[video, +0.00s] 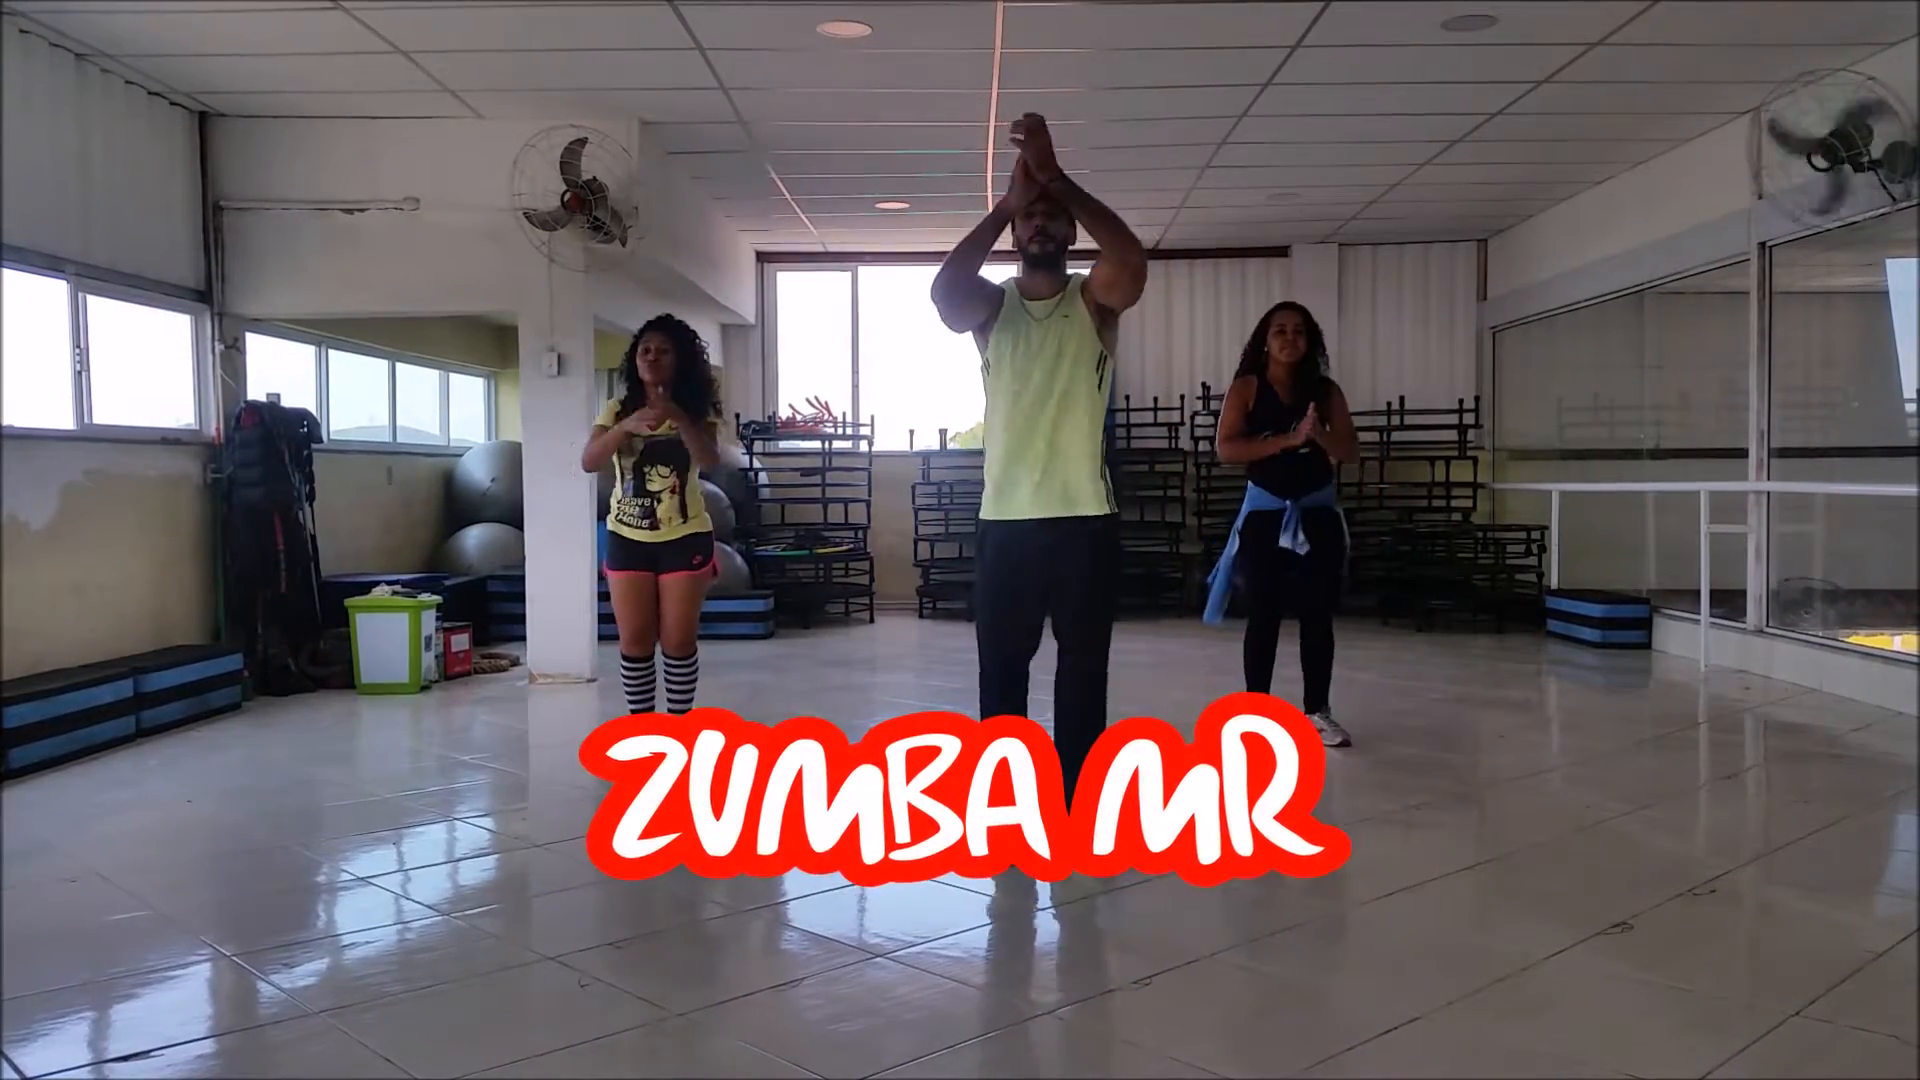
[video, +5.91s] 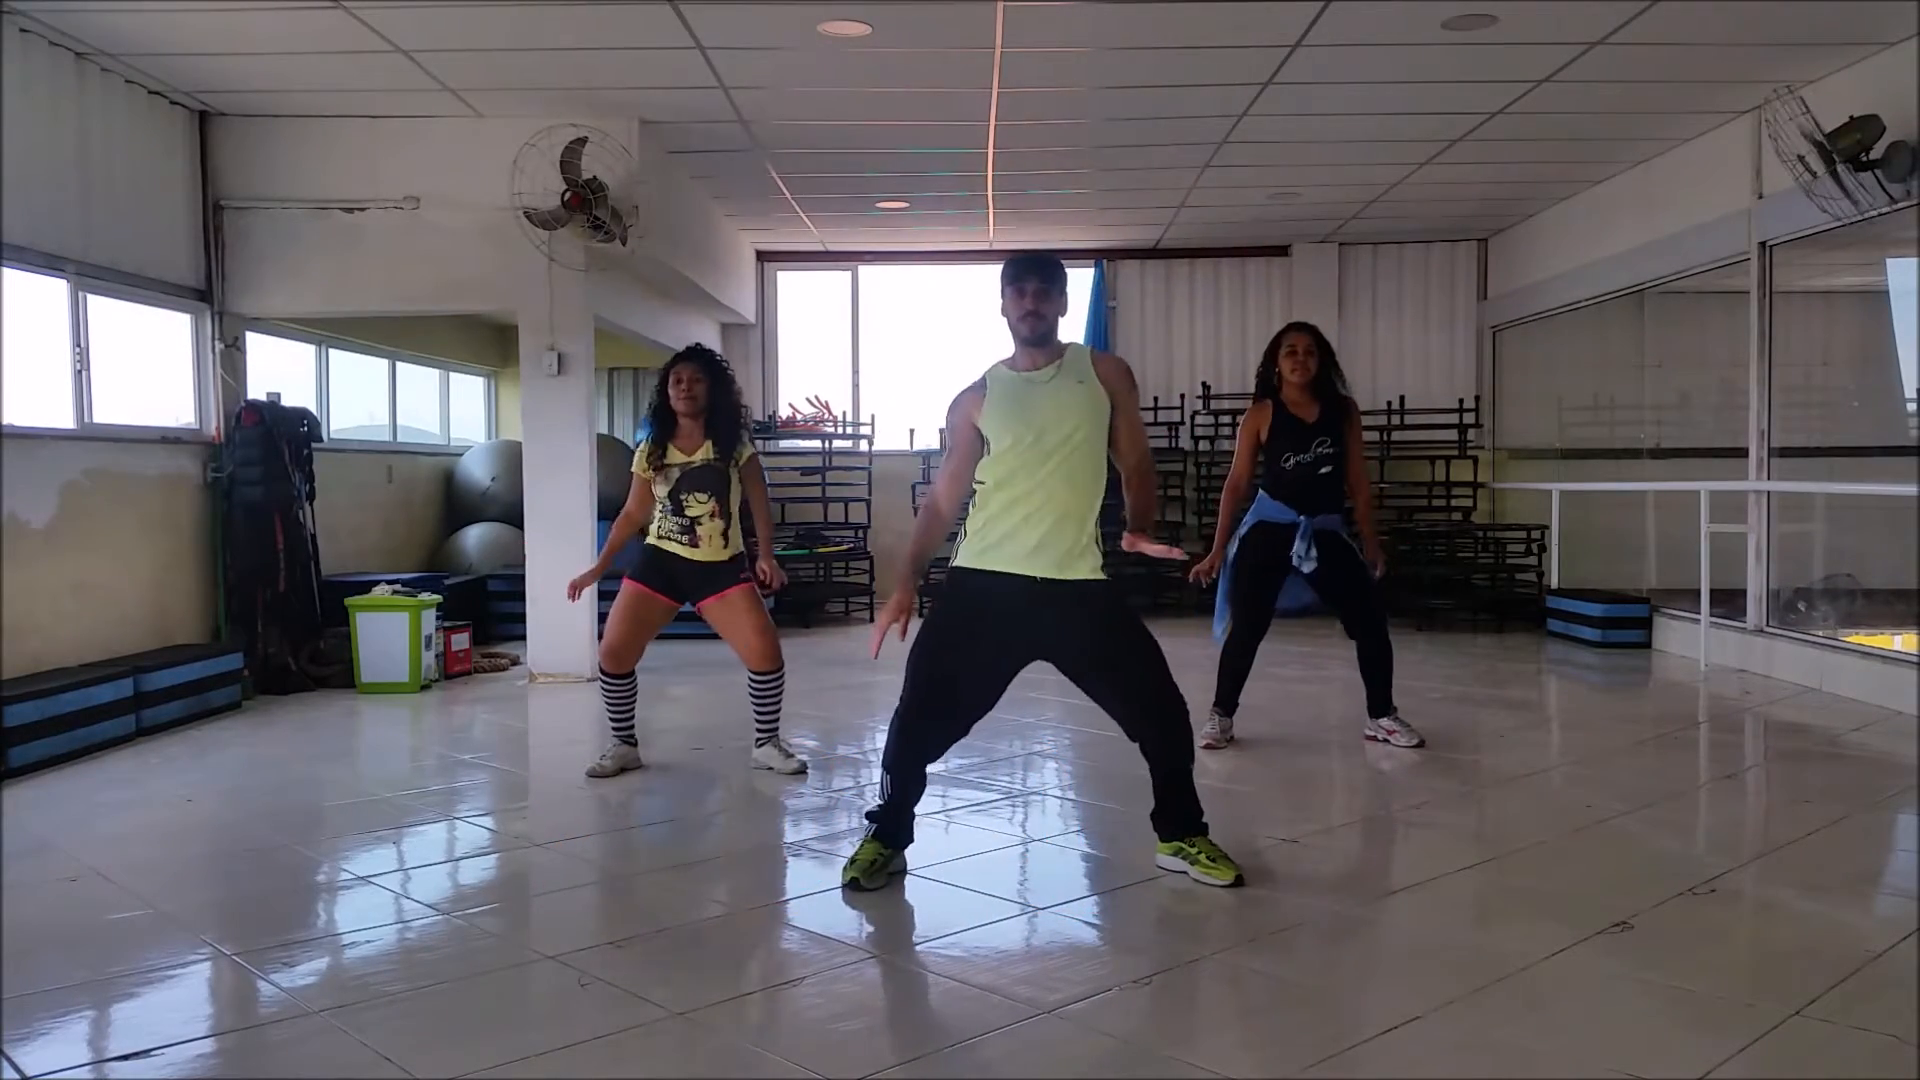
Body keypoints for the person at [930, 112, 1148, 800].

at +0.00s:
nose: (1041, 224)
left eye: (1053, 214)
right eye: (1030, 215)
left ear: (1073, 230)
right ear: (1013, 233)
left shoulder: (1095, 301)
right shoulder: (993, 306)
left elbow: (1129, 258)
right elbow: (947, 290)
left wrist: (1058, 180)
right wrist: (1002, 212)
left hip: (1085, 522)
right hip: (1007, 523)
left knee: (1083, 686)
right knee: (1001, 684)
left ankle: (1079, 818)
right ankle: (999, 816)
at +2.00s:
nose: (1093, 243)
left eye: (1093, 233)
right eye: (1083, 232)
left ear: (1071, 243)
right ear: (1042, 239)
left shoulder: (1100, 300)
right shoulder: (990, 305)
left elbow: (1160, 300)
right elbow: (923, 311)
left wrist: (1109, 217)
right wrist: (982, 225)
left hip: (1088, 523)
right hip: (1005, 522)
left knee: (1095, 684)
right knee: (975, 666)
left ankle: (1082, 819)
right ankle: (969, 798)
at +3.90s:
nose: (1066, 228)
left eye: (1079, 216)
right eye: (1053, 217)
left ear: (1098, 226)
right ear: (1035, 229)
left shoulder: (1129, 300)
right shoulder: (1004, 309)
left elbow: (1211, 350)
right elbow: (922, 378)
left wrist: (1179, 300)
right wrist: (937, 315)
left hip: (1109, 525)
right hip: (1021, 523)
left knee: (1127, 680)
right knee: (977, 663)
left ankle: (1118, 825)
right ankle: (973, 801)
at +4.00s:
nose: (1060, 233)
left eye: (1073, 221)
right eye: (1047, 221)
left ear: (1094, 227)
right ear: (1030, 229)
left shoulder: (1133, 306)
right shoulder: (1000, 312)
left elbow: (1231, 366)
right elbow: (923, 378)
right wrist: (913, 410)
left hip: (1108, 529)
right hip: (1018, 527)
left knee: (1124, 686)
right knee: (975, 669)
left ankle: (1119, 823)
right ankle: (951, 808)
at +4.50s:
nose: (1013, 242)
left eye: (1026, 230)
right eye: (1001, 229)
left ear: (1047, 239)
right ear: (985, 237)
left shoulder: (1085, 322)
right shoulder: (946, 329)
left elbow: (1136, 406)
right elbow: (907, 419)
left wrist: (1119, 465)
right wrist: (897, 498)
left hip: (1070, 540)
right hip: (976, 542)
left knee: (1125, 685)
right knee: (937, 695)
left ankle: (1133, 817)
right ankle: (915, 829)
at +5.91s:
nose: (1031, 303)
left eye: (1043, 292)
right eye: (1019, 292)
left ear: (1063, 302)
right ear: (1002, 304)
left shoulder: (1106, 374)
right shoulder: (976, 400)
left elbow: (1136, 466)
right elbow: (940, 504)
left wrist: (1140, 527)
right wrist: (906, 581)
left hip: (1080, 592)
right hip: (983, 590)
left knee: (1163, 715)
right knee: (918, 717)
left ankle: (1180, 833)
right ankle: (888, 834)